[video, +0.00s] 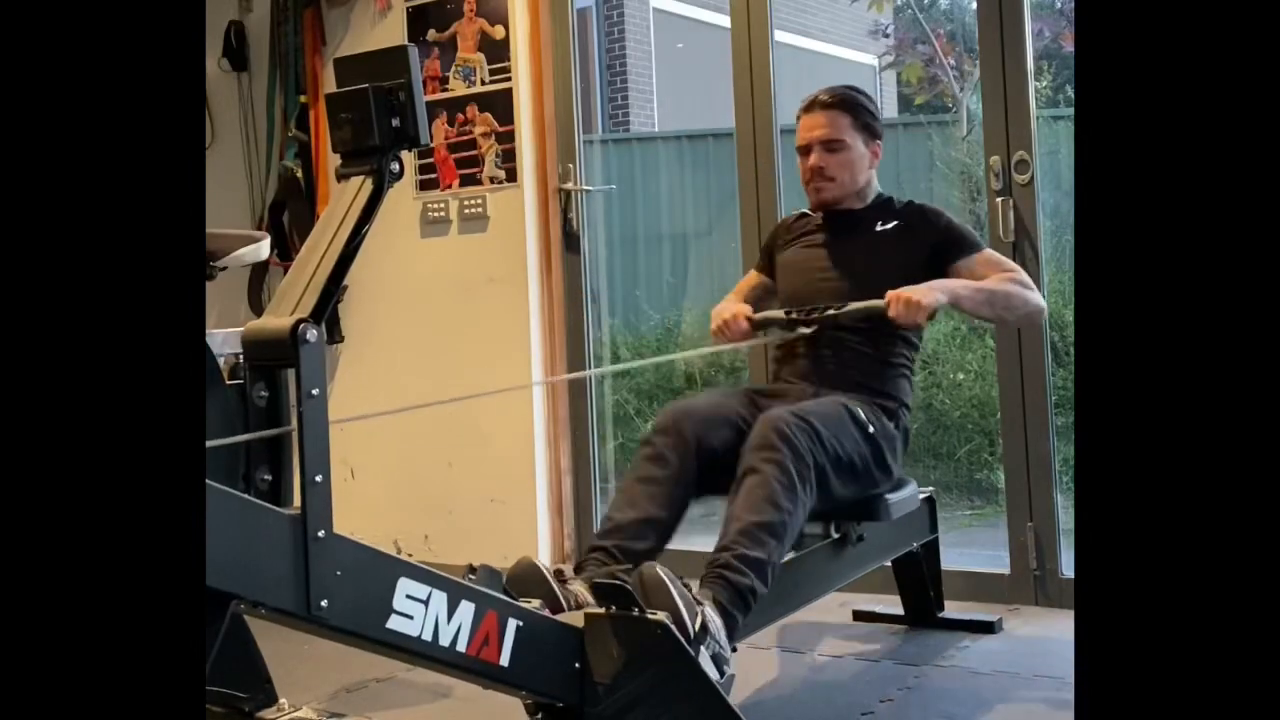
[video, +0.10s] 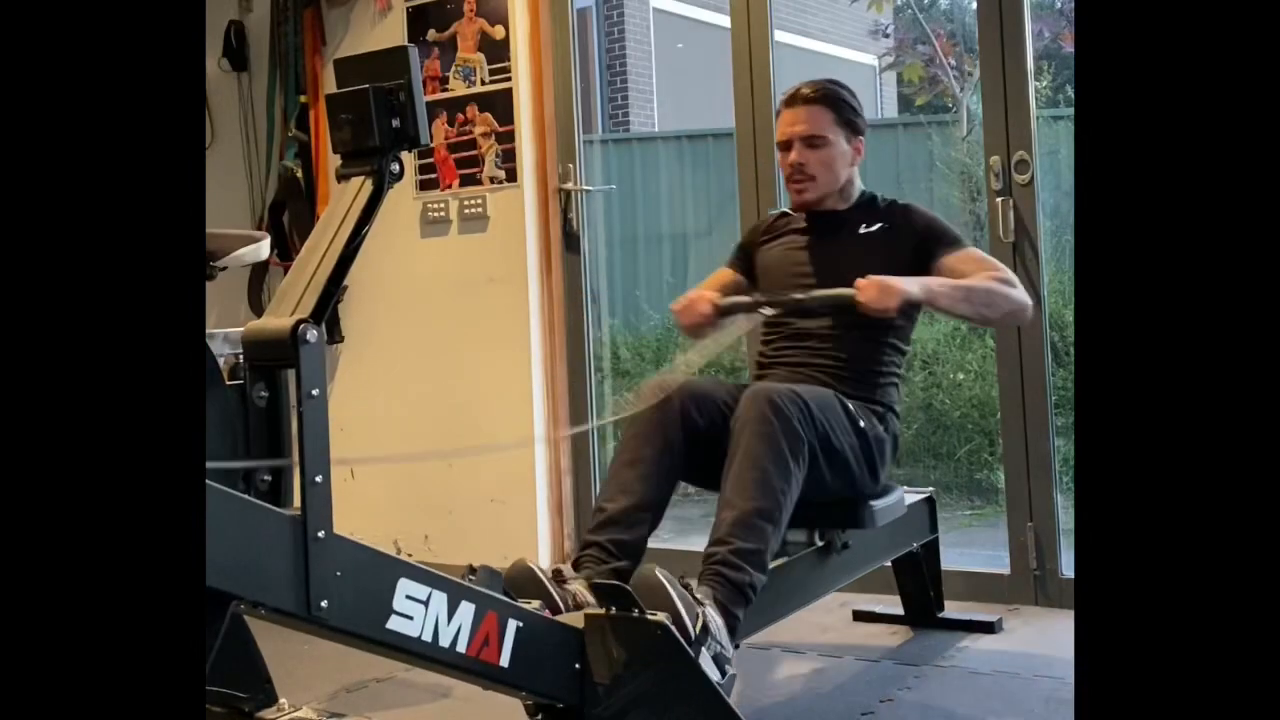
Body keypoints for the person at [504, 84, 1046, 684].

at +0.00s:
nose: (813, 161)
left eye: (830, 147)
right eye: (804, 149)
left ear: (874, 153)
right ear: (798, 157)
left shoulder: (918, 228)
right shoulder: (788, 235)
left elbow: (1029, 302)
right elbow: (737, 303)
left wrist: (944, 292)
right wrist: (732, 314)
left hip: (862, 413)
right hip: (772, 401)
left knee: (780, 433)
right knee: (680, 423)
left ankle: (716, 620)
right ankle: (593, 588)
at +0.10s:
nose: (793, 160)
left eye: (811, 145)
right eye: (784, 147)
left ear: (856, 149)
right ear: (777, 154)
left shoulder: (906, 229)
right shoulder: (768, 235)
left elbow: (1015, 302)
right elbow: (698, 313)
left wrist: (919, 289)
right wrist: (694, 310)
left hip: (855, 436)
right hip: (759, 427)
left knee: (769, 402)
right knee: (671, 397)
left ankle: (716, 623)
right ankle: (591, 587)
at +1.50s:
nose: (761, 151)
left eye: (778, 135)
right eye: (751, 138)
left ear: (825, 143)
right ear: (741, 146)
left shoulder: (866, 214)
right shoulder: (737, 231)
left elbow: (940, 268)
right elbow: (657, 283)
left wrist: (830, 274)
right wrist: (609, 299)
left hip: (830, 456)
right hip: (738, 447)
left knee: (749, 367)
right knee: (636, 367)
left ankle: (713, 604)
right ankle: (589, 572)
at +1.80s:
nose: (642, 140)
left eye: (667, 121)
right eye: (635, 124)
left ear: (722, 135)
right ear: (627, 134)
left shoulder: (766, 208)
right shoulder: (622, 226)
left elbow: (737, 267)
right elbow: (527, 284)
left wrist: (649, 322)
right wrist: (422, 341)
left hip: (766, 476)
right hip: (667, 475)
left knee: (708, 324)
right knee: (572, 313)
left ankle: (695, 575)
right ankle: (574, 560)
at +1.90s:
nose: (638, 143)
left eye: (663, 124)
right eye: (631, 126)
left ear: (718, 136)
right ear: (624, 134)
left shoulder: (766, 209)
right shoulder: (619, 227)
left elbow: (735, 266)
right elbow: (522, 287)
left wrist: (647, 322)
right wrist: (415, 345)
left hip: (764, 477)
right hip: (663, 476)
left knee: (705, 321)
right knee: (572, 310)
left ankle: (696, 572)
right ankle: (572, 560)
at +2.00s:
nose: (673, 134)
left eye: (696, 118)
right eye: (665, 120)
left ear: (747, 133)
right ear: (656, 133)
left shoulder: (787, 200)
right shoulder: (645, 220)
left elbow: (773, 263)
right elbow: (554, 278)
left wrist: (691, 310)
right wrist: (460, 330)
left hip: (774, 467)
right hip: (680, 465)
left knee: (717, 330)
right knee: (584, 314)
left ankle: (699, 575)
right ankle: (575, 560)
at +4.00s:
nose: (785, 166)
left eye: (803, 149)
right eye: (775, 153)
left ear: (847, 152)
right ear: (766, 160)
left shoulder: (894, 229)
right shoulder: (758, 241)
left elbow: (998, 296)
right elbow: (680, 310)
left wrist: (893, 287)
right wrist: (673, 308)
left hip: (851, 445)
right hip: (754, 436)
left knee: (763, 396)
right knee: (660, 391)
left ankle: (714, 617)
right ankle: (592, 580)